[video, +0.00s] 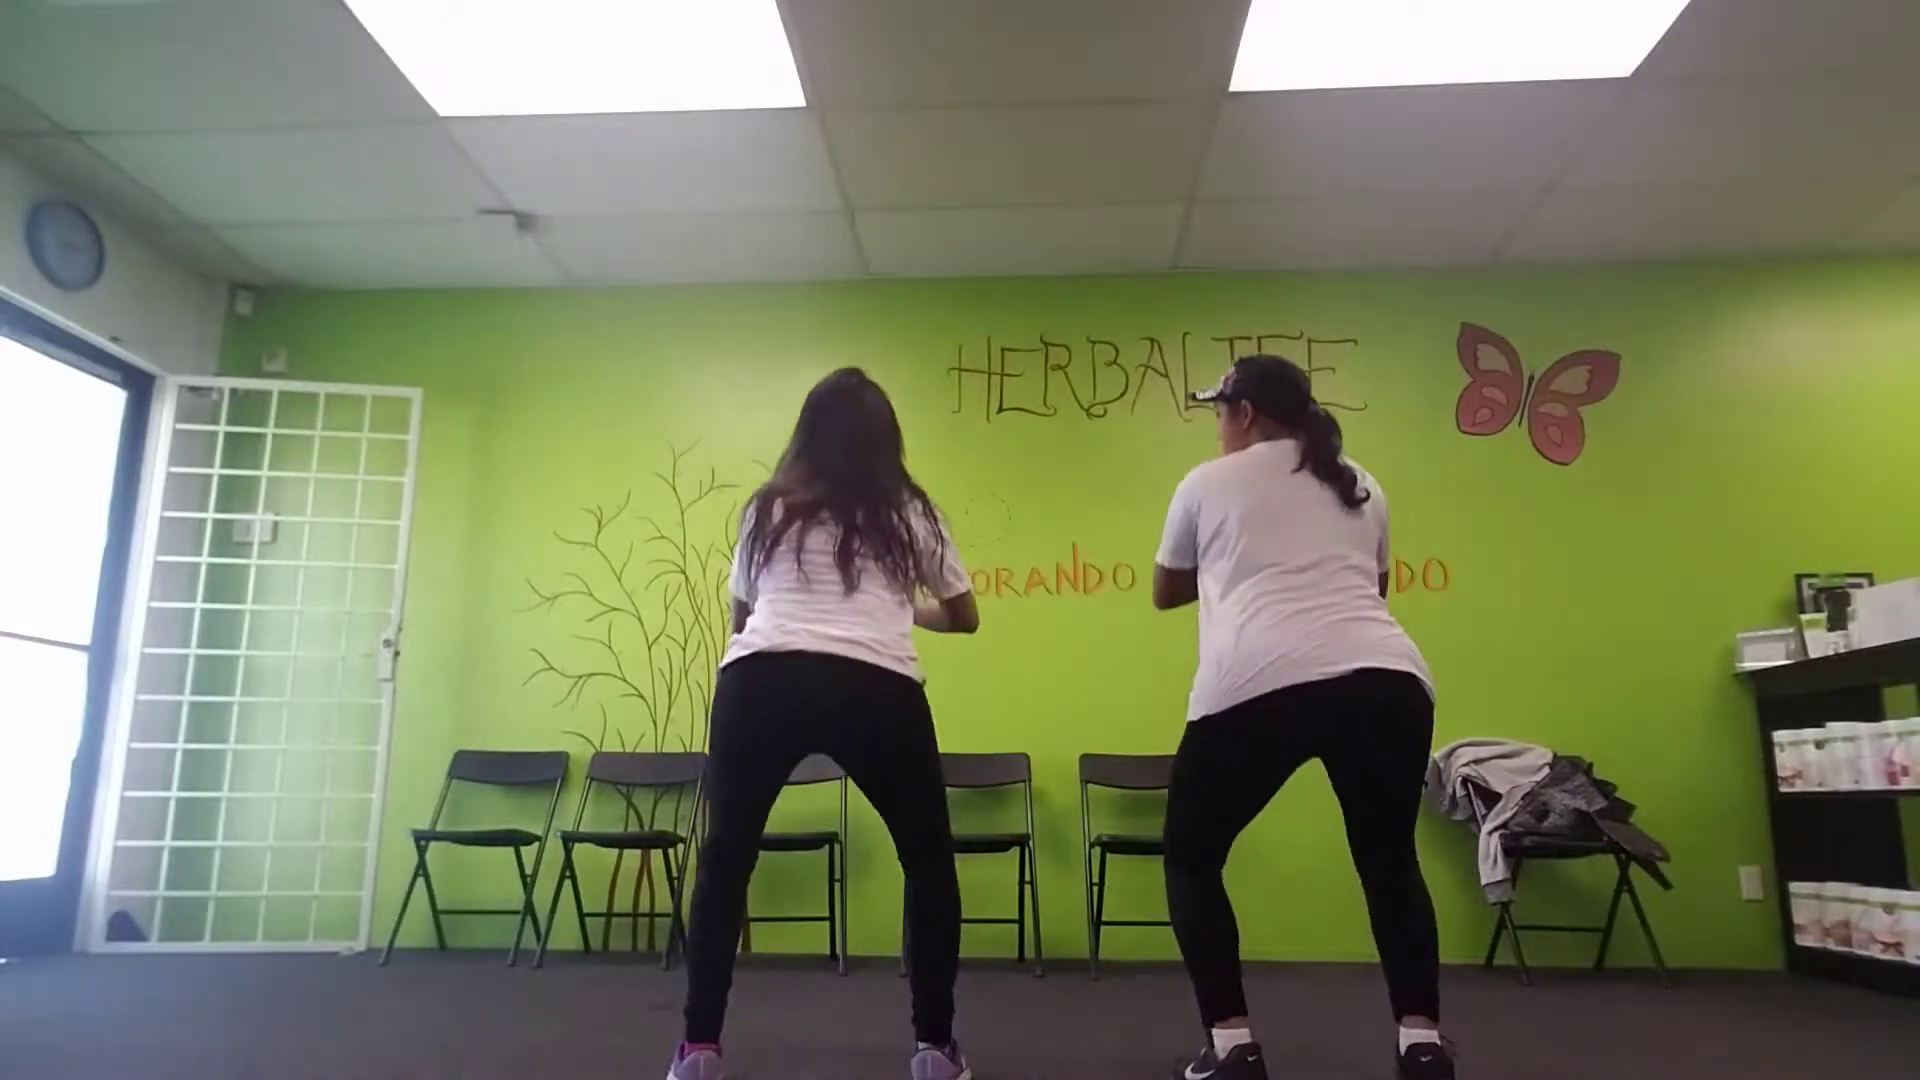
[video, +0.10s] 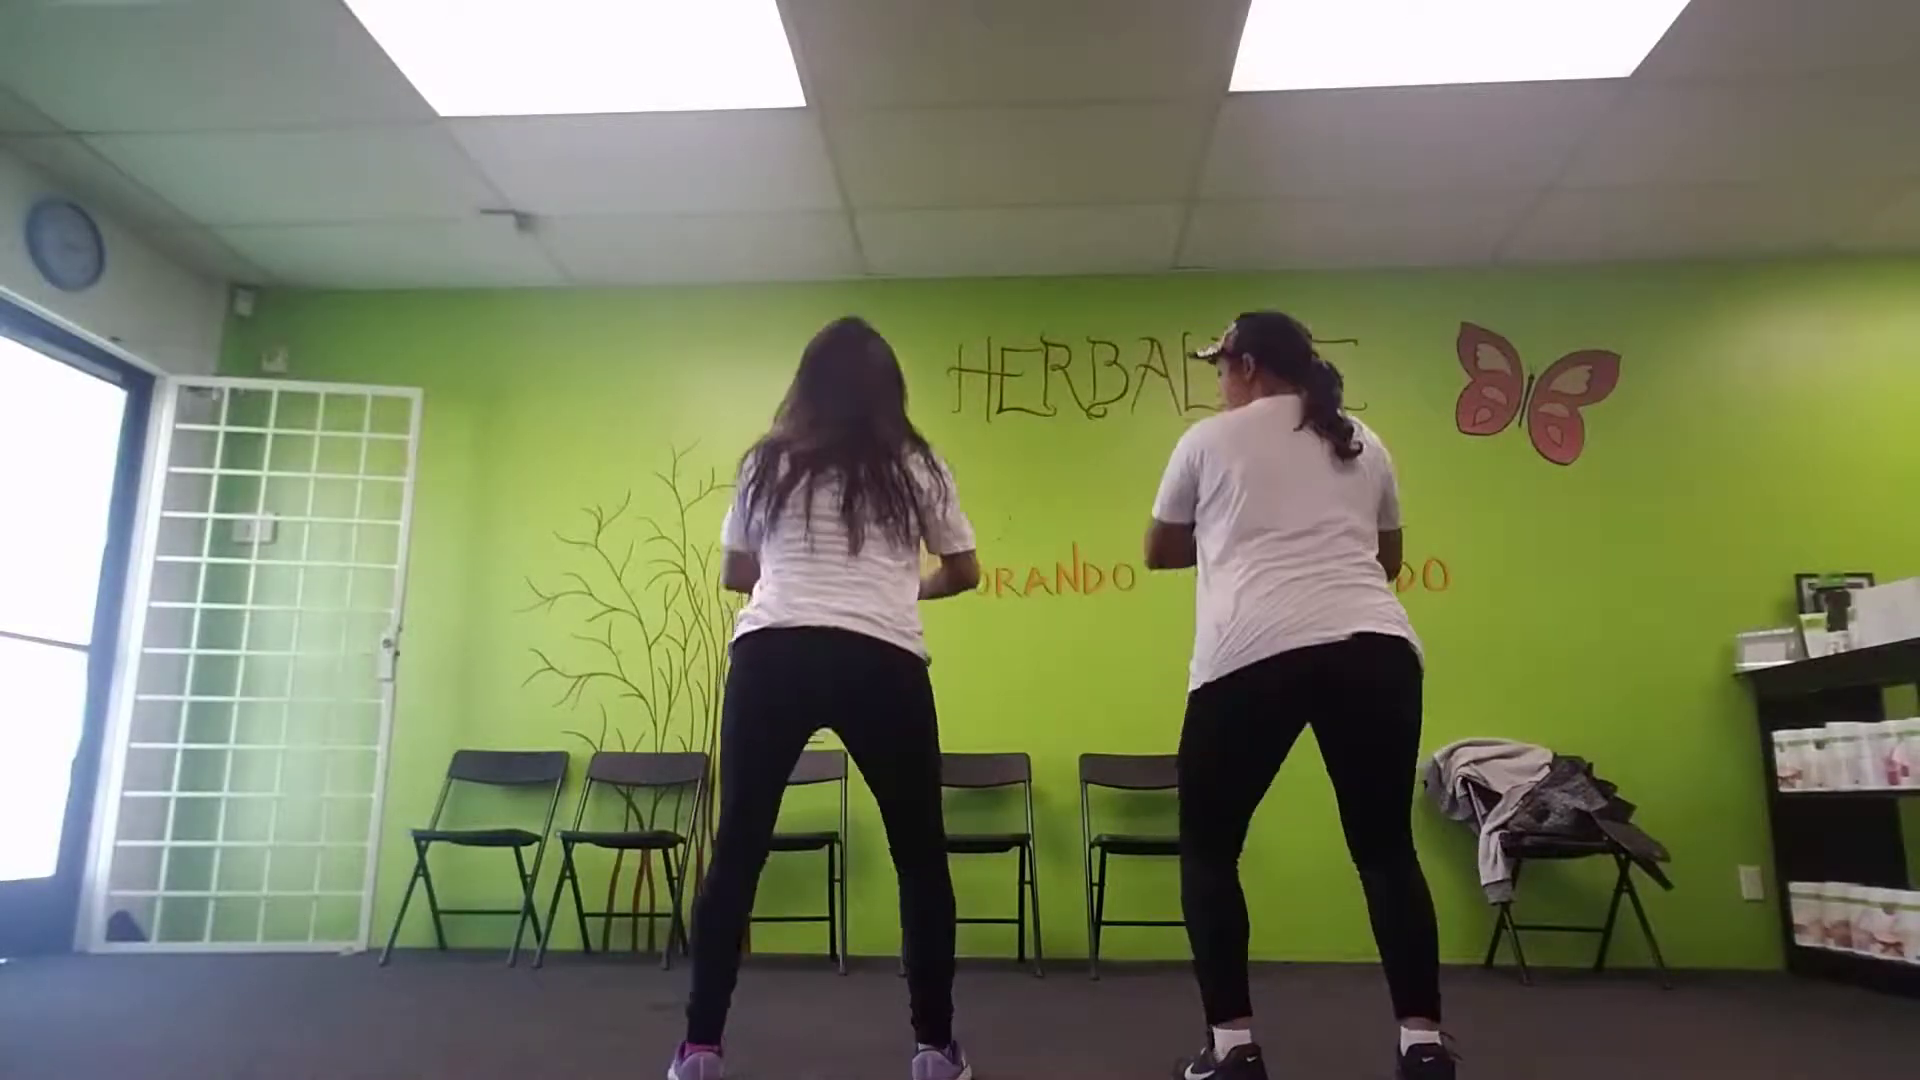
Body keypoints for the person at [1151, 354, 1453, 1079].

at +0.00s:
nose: (1218, 429)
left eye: (1222, 415)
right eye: (1219, 415)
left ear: (1246, 416)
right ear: (1298, 416)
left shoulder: (1206, 484)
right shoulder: (1361, 484)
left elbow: (1169, 591)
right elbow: (1378, 584)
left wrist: (1249, 559)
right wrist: (1300, 565)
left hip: (1256, 690)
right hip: (1383, 682)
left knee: (1192, 859)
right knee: (1390, 855)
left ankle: (1232, 1045)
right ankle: (1421, 1036)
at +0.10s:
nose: (1216, 383)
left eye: (1221, 369)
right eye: (1218, 369)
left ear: (1247, 368)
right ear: (1298, 368)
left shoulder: (1206, 440)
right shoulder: (1363, 442)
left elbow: (1164, 550)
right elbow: (1388, 557)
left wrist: (1244, 535)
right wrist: (1308, 547)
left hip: (1251, 656)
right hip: (1373, 648)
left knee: (1208, 849)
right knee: (1387, 844)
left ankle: (1233, 1048)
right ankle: (1422, 1040)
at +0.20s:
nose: (1218, 361)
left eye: (1222, 347)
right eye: (1219, 348)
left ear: (1250, 345)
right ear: (1300, 344)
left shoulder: (1210, 415)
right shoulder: (1368, 418)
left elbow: (1160, 529)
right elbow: (1398, 538)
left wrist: (1242, 527)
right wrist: (1316, 539)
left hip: (1247, 645)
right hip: (1368, 637)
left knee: (1226, 846)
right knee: (1383, 836)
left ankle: (1234, 1047)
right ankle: (1423, 1038)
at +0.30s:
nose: (1220, 356)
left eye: (1223, 341)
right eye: (1220, 343)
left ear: (1253, 336)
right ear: (1301, 335)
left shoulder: (1214, 407)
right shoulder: (1370, 409)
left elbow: (1164, 524)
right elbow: (1405, 533)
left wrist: (1246, 530)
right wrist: (1321, 536)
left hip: (1248, 646)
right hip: (1366, 637)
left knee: (1237, 840)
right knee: (1378, 835)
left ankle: (1235, 1047)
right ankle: (1422, 1040)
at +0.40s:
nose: (1223, 356)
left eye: (1227, 342)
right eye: (1223, 343)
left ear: (1257, 337)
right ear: (1301, 336)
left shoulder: (1217, 407)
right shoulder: (1374, 410)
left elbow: (1173, 527)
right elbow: (1407, 536)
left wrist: (1251, 539)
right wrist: (1324, 538)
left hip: (1246, 651)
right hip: (1363, 642)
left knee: (1247, 847)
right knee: (1378, 839)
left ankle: (1235, 1047)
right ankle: (1422, 1040)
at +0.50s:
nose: (1225, 358)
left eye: (1229, 343)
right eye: (1225, 345)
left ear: (1259, 338)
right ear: (1303, 337)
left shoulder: (1221, 408)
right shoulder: (1376, 411)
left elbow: (1178, 529)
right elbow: (1408, 538)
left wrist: (1256, 542)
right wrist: (1325, 540)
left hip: (1247, 654)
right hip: (1364, 646)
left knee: (1248, 847)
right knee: (1380, 840)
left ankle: (1236, 1046)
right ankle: (1422, 1039)